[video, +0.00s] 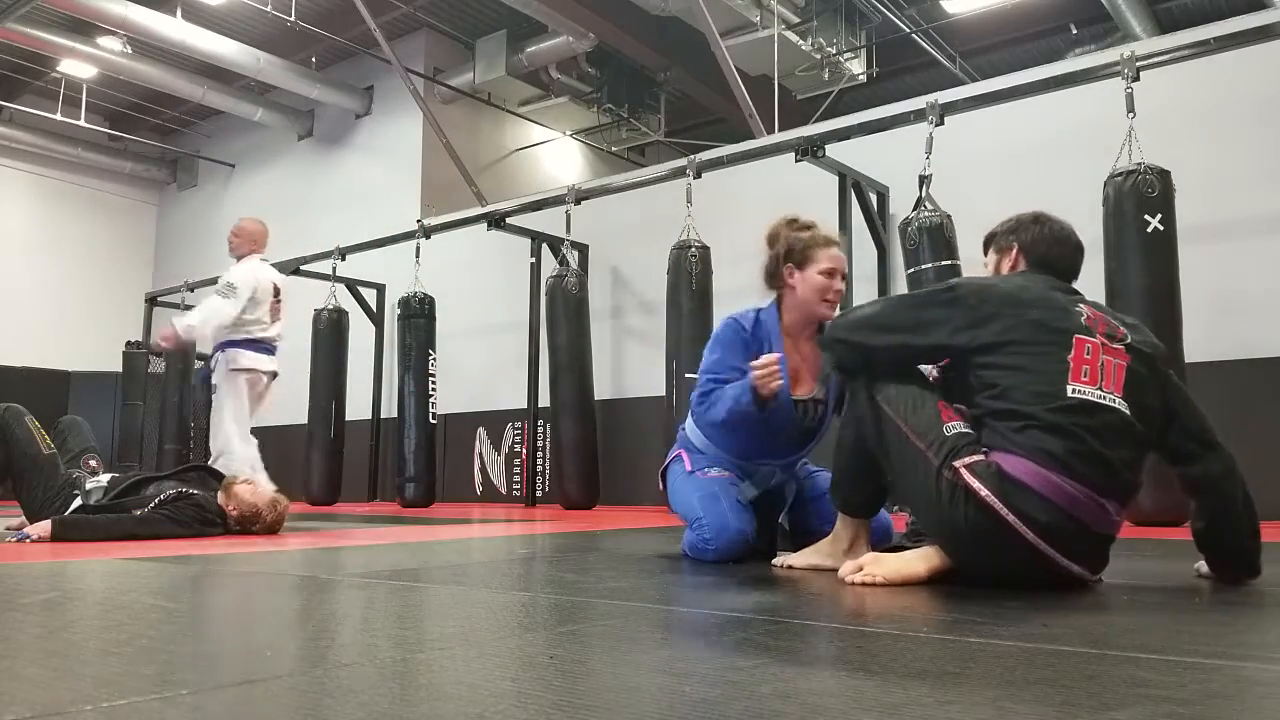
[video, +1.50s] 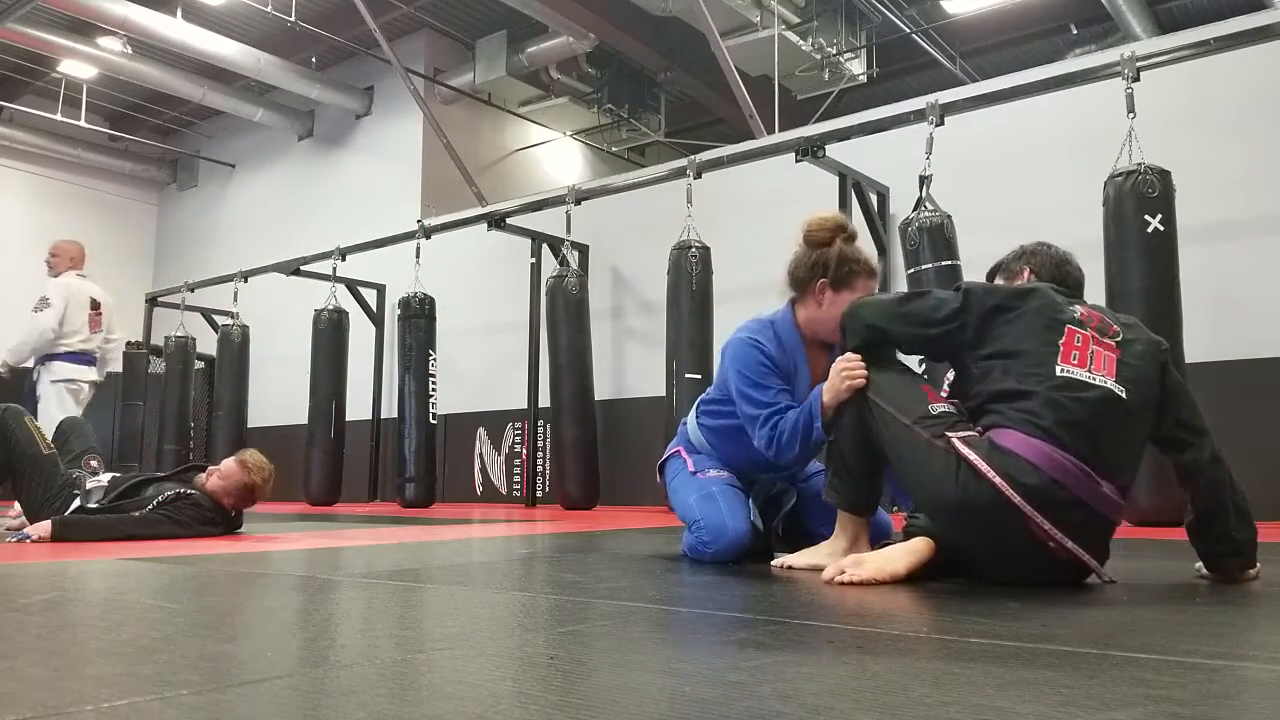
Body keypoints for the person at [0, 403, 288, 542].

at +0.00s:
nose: (251, 477)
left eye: (253, 488)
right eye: (259, 483)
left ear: (234, 508)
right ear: (237, 502)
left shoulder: (198, 514)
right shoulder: (216, 483)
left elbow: (129, 525)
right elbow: (155, 483)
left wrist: (57, 526)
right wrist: (115, 481)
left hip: (69, 500)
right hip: (102, 484)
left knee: (11, 414)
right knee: (70, 422)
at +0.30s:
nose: (249, 478)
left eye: (251, 489)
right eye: (257, 484)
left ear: (234, 510)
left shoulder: (199, 515)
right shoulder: (216, 480)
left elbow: (129, 525)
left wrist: (57, 526)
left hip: (68, 500)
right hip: (101, 483)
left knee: (11, 414)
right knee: (70, 421)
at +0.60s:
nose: (244, 478)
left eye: (247, 489)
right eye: (252, 483)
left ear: (234, 511)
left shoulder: (198, 514)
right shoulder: (216, 484)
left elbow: (129, 525)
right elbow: (161, 479)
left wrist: (56, 526)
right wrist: (121, 477)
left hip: (69, 500)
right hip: (104, 481)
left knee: (10, 414)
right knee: (71, 422)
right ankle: (35, 504)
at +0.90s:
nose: (227, 478)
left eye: (234, 488)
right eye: (235, 475)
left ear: (236, 509)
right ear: (238, 470)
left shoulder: (197, 515)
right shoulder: (214, 479)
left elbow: (128, 525)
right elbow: (158, 479)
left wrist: (56, 526)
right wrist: (116, 477)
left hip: (70, 502)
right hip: (103, 481)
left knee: (11, 415)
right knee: (70, 422)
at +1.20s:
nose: (221, 475)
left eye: (229, 484)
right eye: (229, 472)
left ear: (236, 506)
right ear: (231, 467)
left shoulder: (197, 513)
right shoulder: (210, 481)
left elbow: (129, 525)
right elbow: (150, 489)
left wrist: (56, 527)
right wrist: (112, 481)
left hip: (69, 502)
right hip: (101, 484)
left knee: (11, 416)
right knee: (73, 422)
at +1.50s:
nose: (210, 469)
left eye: (219, 476)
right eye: (218, 466)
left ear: (232, 501)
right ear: (222, 466)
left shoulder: (197, 512)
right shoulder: (209, 484)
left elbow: (128, 524)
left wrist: (56, 527)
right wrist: (110, 480)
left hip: (67, 502)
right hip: (100, 485)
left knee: (11, 416)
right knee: (73, 422)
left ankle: (14, 501)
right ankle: (31, 503)